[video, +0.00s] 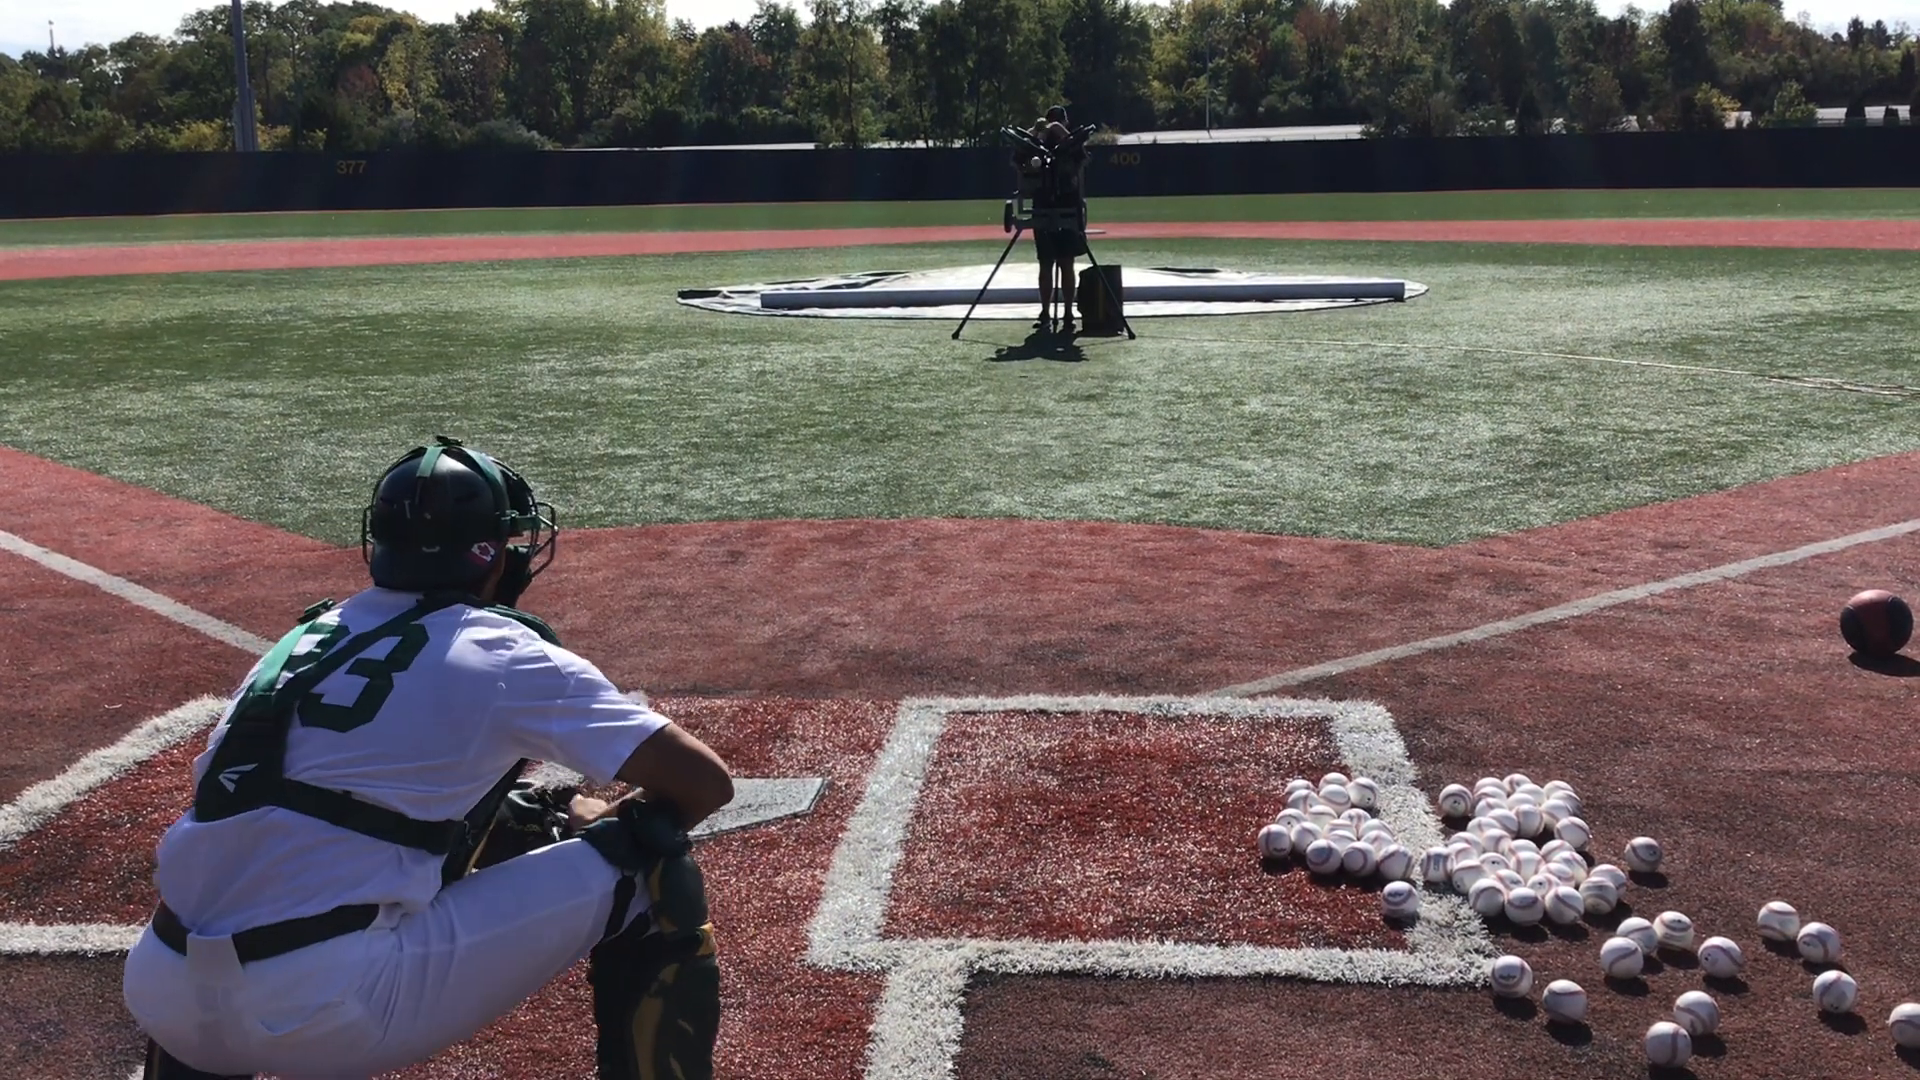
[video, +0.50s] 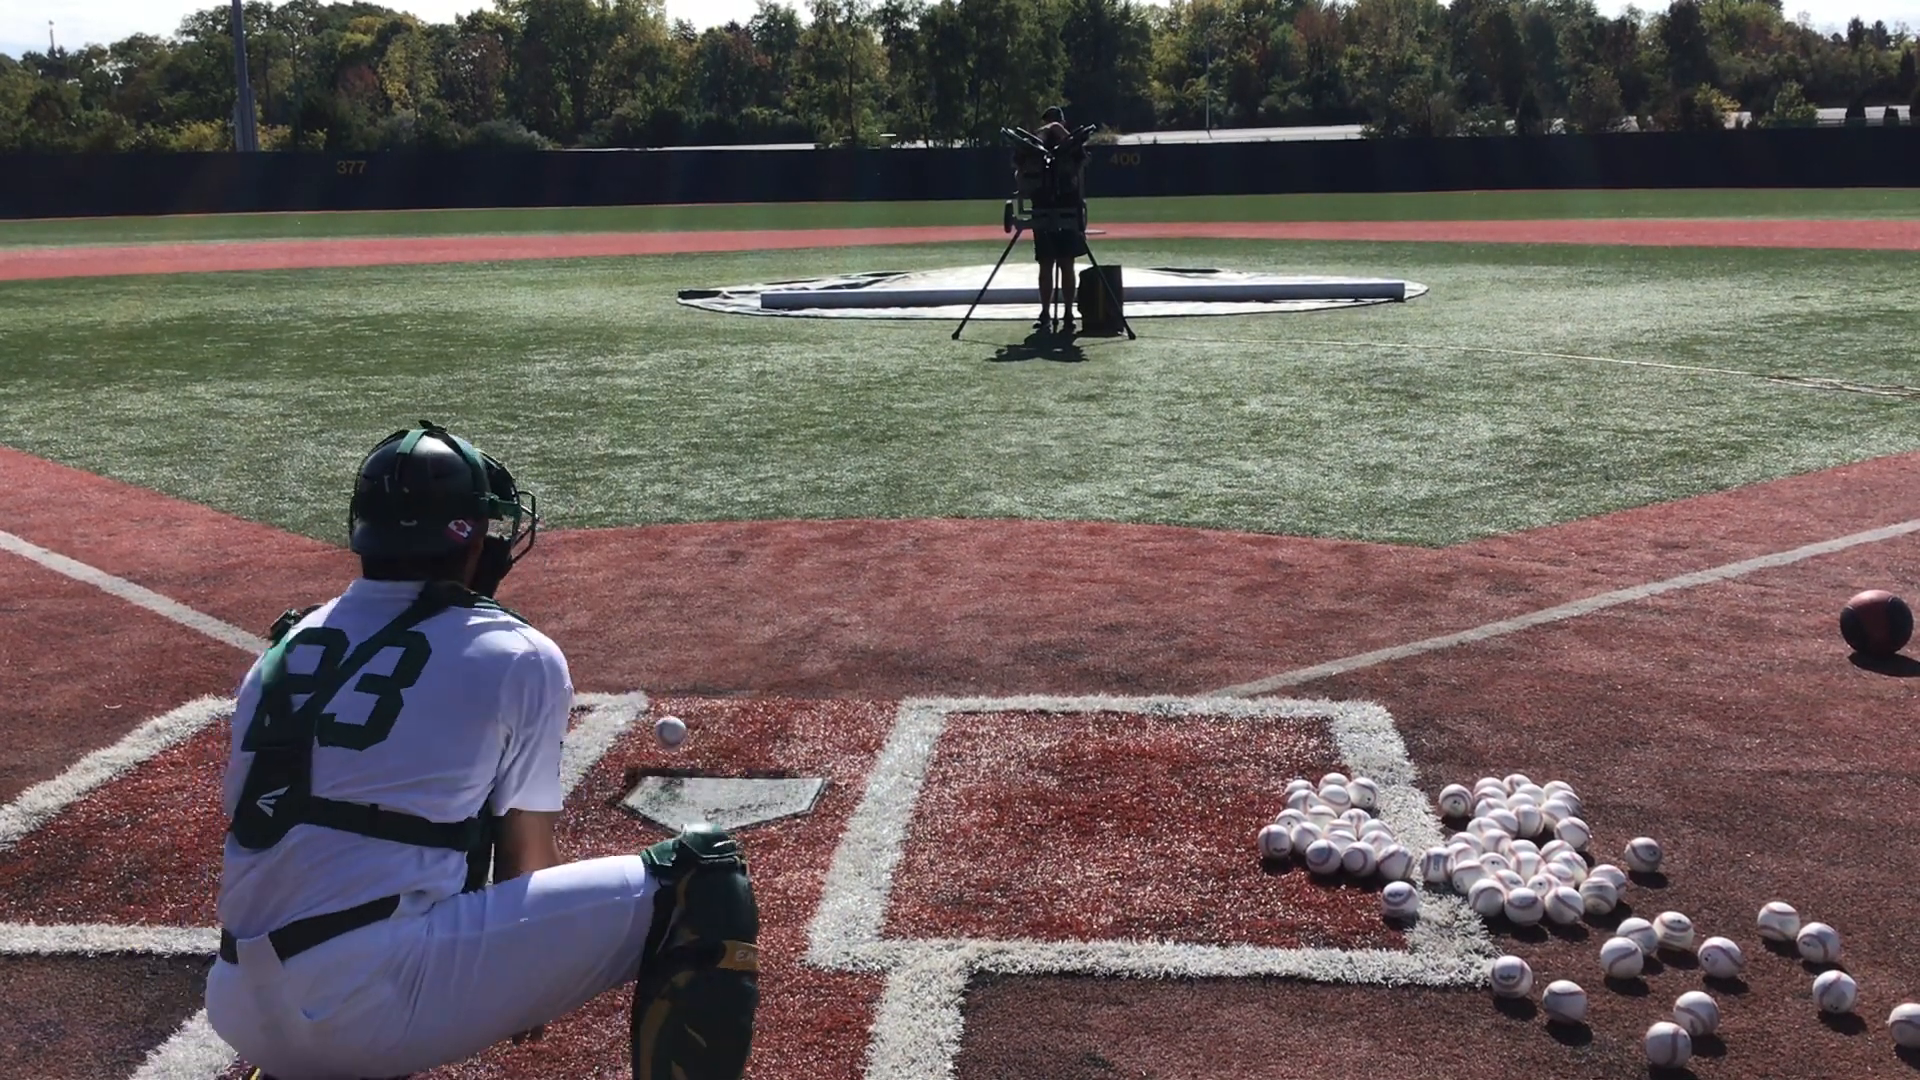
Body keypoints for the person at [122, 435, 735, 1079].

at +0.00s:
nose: (519, 555)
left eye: (517, 540)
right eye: (509, 542)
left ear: (384, 548)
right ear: (482, 560)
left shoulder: (312, 627)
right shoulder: (496, 650)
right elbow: (704, 783)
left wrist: (491, 813)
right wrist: (619, 810)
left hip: (160, 994)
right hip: (314, 1011)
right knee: (650, 856)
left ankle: (184, 1063)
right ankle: (654, 1063)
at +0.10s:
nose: (512, 558)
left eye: (510, 542)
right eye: (503, 545)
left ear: (378, 554)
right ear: (476, 565)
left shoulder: (312, 631)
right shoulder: (478, 657)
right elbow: (693, 789)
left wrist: (530, 822)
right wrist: (593, 821)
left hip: (154, 997)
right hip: (290, 1016)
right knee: (636, 861)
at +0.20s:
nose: (509, 568)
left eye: (507, 552)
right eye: (500, 555)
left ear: (373, 567)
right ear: (474, 578)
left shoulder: (310, 638)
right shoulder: (466, 669)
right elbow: (683, 803)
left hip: (164, 1005)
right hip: (282, 1023)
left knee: (453, 825)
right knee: (622, 865)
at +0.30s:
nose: (504, 572)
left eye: (501, 555)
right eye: (496, 558)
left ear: (369, 567)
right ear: (472, 578)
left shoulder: (311, 633)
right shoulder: (467, 677)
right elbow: (673, 817)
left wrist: (493, 819)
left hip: (184, 1013)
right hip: (285, 1030)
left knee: (488, 819)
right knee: (625, 869)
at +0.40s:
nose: (505, 563)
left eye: (502, 545)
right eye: (497, 549)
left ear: (365, 555)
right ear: (473, 566)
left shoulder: (295, 637)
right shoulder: (493, 670)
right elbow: (591, 831)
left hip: (206, 1017)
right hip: (316, 1018)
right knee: (652, 872)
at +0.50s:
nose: (499, 540)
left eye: (495, 524)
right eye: (491, 526)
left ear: (367, 532)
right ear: (468, 542)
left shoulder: (290, 640)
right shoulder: (516, 657)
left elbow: (249, 817)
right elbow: (522, 869)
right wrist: (522, 994)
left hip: (238, 1005)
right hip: (368, 1000)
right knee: (701, 877)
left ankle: (292, 1053)